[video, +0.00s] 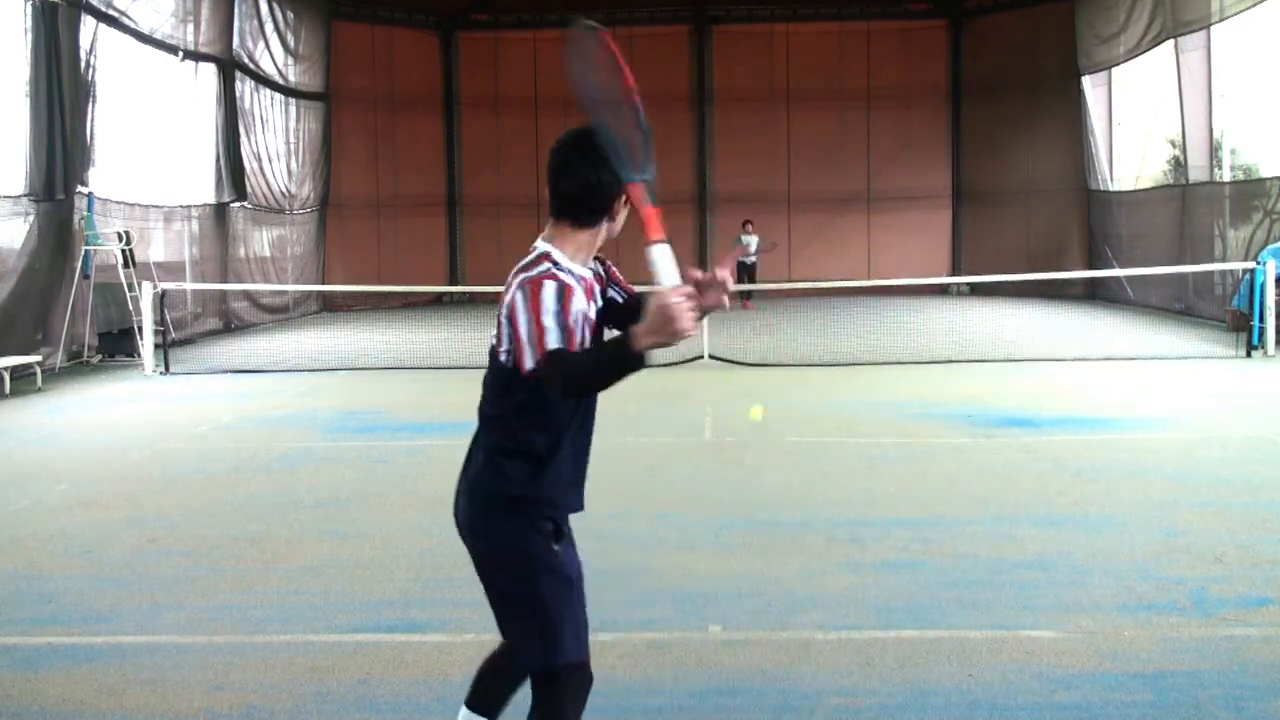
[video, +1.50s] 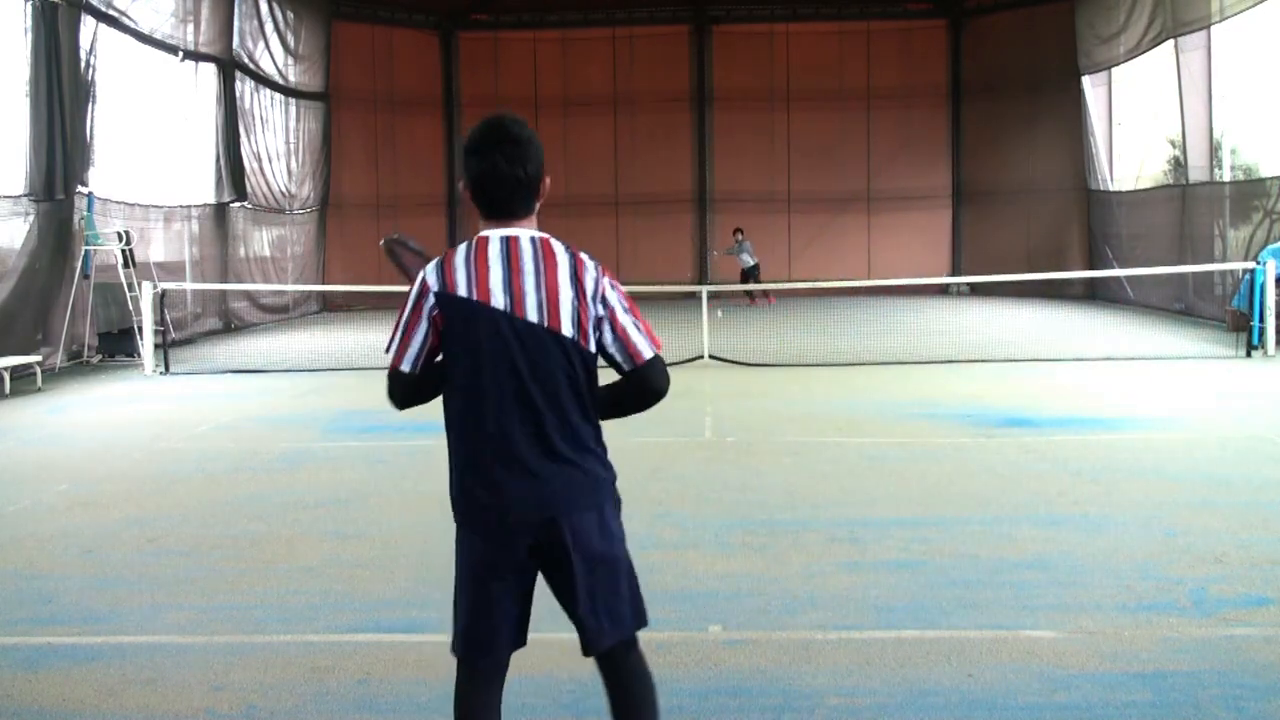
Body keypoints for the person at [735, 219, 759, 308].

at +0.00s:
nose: (749, 228)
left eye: (750, 226)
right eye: (747, 226)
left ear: (752, 227)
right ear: (743, 228)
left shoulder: (756, 237)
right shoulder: (740, 237)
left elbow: (757, 249)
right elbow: (737, 250)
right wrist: (745, 250)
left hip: (752, 261)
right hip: (742, 261)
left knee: (752, 280)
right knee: (742, 281)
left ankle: (748, 300)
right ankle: (743, 300)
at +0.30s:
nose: (737, 230)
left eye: (739, 227)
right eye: (735, 228)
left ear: (741, 229)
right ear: (732, 230)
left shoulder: (745, 240)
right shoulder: (728, 240)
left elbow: (750, 251)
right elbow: (726, 251)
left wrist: (743, 252)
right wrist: (737, 252)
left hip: (742, 263)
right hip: (731, 263)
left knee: (745, 282)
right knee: (725, 281)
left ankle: (746, 302)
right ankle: (718, 300)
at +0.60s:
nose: (724, 230)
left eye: (725, 227)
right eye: (722, 228)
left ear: (727, 228)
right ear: (719, 230)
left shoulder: (732, 239)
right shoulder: (716, 239)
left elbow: (735, 251)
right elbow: (716, 252)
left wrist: (725, 252)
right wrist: (728, 250)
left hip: (730, 263)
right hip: (719, 263)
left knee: (735, 282)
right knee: (716, 282)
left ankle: (739, 300)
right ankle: (716, 298)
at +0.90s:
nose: (720, 234)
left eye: (722, 231)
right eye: (718, 232)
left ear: (724, 232)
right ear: (715, 233)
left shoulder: (729, 242)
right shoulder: (712, 243)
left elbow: (733, 253)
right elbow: (710, 255)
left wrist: (725, 256)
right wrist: (718, 256)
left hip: (727, 265)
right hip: (716, 266)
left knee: (733, 283)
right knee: (712, 283)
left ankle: (738, 300)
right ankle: (710, 298)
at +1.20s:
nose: (729, 234)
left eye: (731, 232)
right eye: (728, 232)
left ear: (734, 233)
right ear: (726, 234)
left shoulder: (737, 242)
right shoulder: (725, 243)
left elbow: (732, 251)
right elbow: (722, 249)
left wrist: (722, 249)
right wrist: (716, 249)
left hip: (738, 264)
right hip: (728, 265)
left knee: (738, 283)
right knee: (722, 282)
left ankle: (740, 301)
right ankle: (718, 298)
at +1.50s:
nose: (737, 237)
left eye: (739, 234)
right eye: (736, 235)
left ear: (742, 235)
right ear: (734, 236)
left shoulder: (745, 244)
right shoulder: (736, 247)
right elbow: (730, 252)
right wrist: (720, 253)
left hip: (753, 265)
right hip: (745, 268)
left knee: (757, 282)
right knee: (743, 286)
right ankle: (752, 299)